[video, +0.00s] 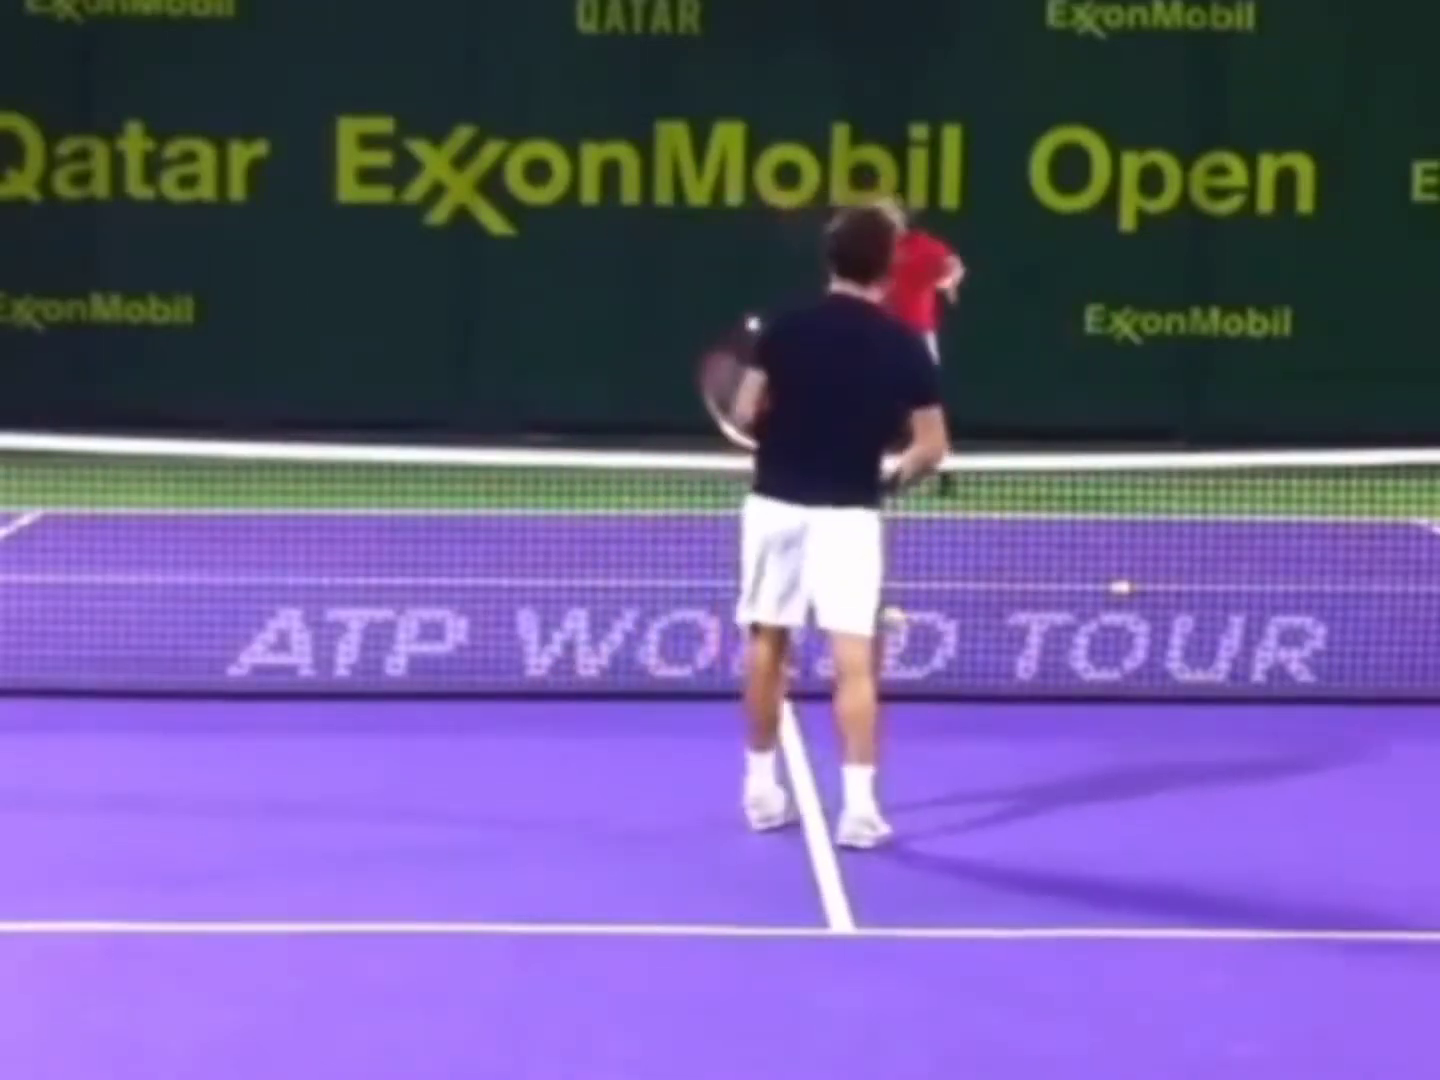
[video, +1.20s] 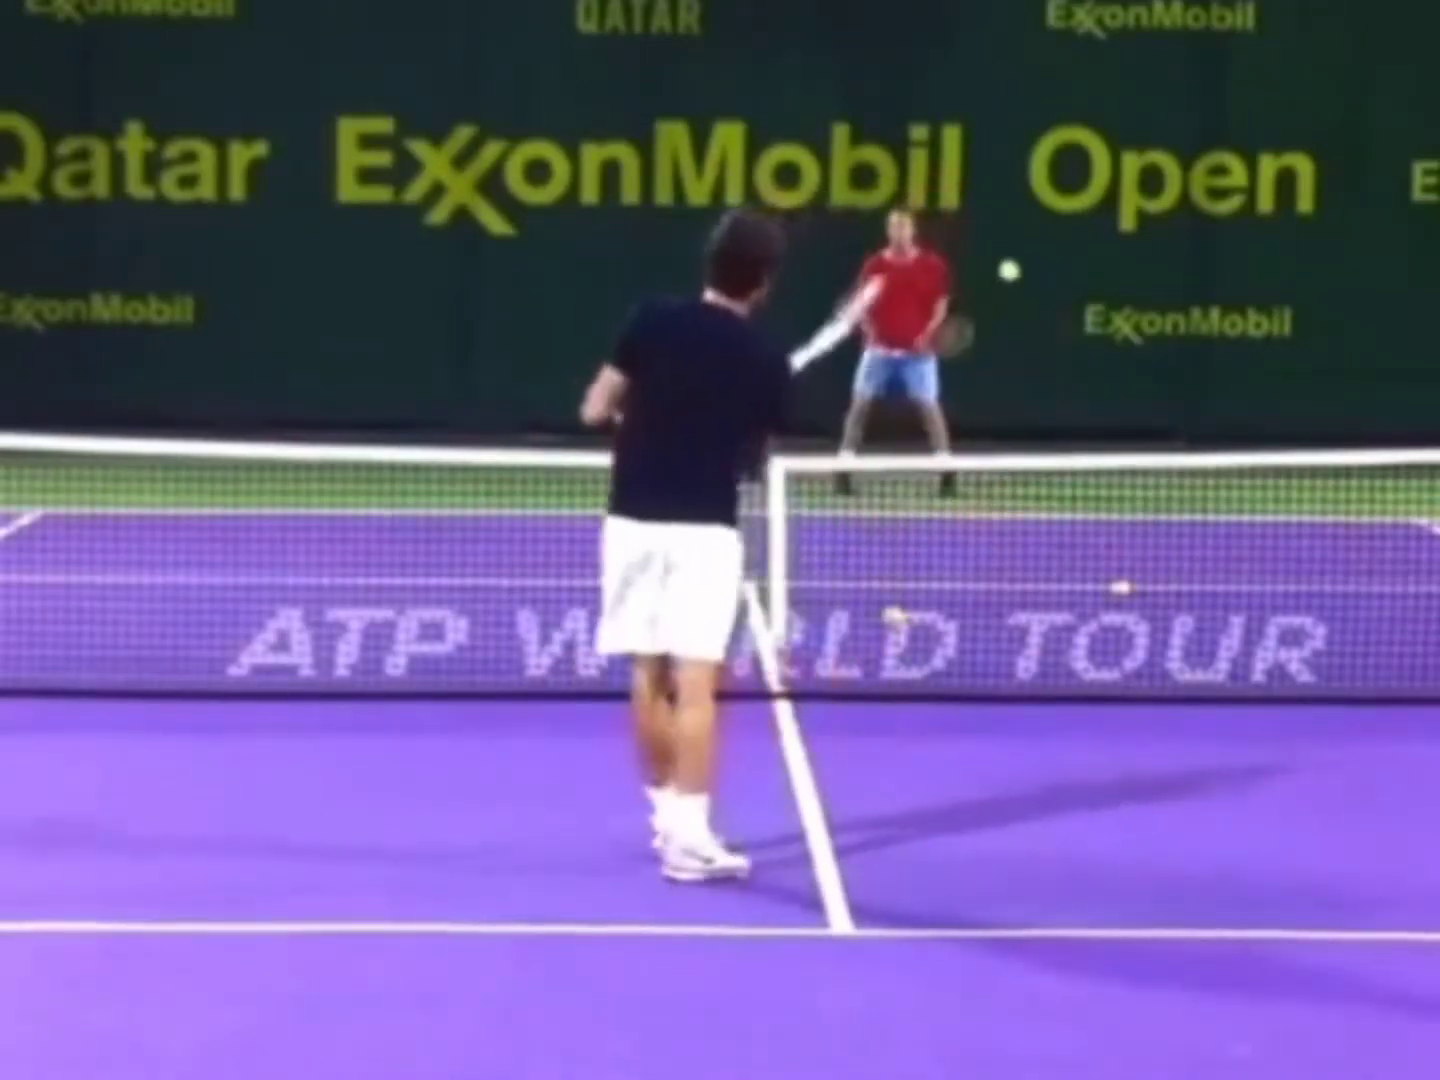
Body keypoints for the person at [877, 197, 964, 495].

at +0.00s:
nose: (885, 231)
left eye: (888, 224)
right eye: (880, 226)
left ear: (898, 223)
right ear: (876, 229)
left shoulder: (918, 245)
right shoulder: (875, 248)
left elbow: (953, 264)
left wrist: (944, 282)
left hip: (919, 332)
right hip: (882, 333)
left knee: (924, 401)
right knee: (890, 401)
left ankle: (938, 462)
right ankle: (892, 461)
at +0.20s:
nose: (923, 211)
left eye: (927, 205)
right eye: (917, 205)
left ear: (935, 208)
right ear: (909, 208)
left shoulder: (948, 242)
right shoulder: (900, 239)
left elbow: (964, 276)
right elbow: (883, 268)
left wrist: (978, 268)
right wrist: (917, 247)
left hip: (939, 325)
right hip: (905, 323)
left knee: (941, 395)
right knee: (904, 393)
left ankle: (945, 453)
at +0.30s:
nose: (929, 208)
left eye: (934, 201)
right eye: (924, 202)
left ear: (942, 206)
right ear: (915, 206)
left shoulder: (951, 243)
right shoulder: (911, 234)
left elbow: (963, 279)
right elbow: (917, 250)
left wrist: (987, 275)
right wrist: (958, 253)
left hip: (942, 326)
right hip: (909, 323)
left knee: (944, 398)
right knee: (900, 395)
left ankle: (948, 463)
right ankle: (890, 461)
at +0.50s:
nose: (941, 211)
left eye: (946, 204)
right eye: (935, 204)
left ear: (953, 209)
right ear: (928, 208)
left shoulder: (949, 244)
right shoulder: (925, 237)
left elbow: (944, 295)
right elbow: (936, 270)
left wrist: (969, 316)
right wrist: (966, 283)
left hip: (945, 328)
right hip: (918, 324)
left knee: (947, 400)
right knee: (912, 399)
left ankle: (948, 466)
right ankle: (877, 457)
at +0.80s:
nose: (941, 210)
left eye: (945, 204)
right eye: (936, 204)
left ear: (954, 208)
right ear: (928, 208)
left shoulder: (958, 243)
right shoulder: (914, 241)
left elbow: (961, 283)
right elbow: (898, 282)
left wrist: (966, 315)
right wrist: (932, 314)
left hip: (944, 333)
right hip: (910, 331)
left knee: (945, 397)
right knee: (909, 388)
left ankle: (948, 457)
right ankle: (889, 446)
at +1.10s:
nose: (907, 224)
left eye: (912, 218)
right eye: (903, 218)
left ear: (921, 222)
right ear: (896, 223)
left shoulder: (941, 257)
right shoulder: (882, 256)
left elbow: (951, 294)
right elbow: (868, 298)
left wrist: (934, 331)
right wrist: (889, 327)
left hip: (925, 343)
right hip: (889, 342)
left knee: (935, 406)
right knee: (865, 404)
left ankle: (947, 465)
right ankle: (845, 463)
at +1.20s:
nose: (899, 232)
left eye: (904, 226)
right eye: (895, 226)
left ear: (913, 230)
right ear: (888, 230)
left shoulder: (932, 265)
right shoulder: (876, 264)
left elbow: (941, 304)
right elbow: (860, 303)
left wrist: (926, 335)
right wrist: (870, 332)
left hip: (916, 349)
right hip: (879, 346)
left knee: (929, 408)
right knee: (860, 406)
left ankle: (945, 466)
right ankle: (844, 464)